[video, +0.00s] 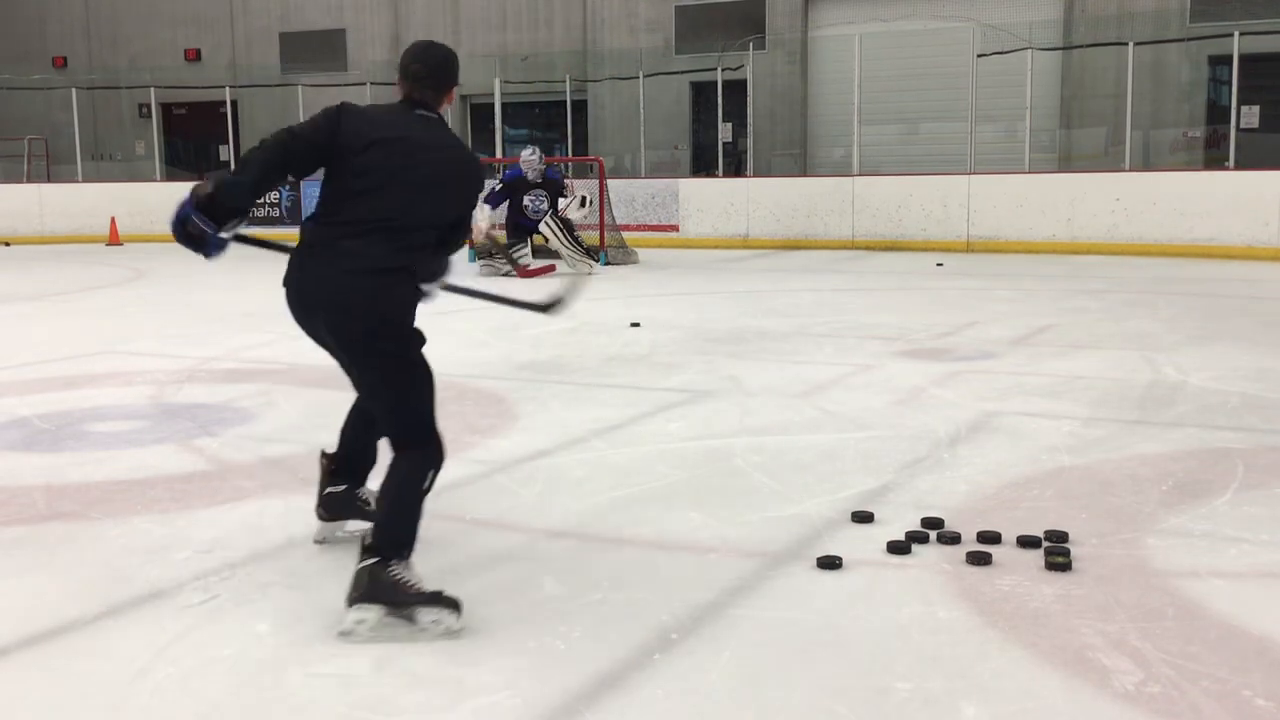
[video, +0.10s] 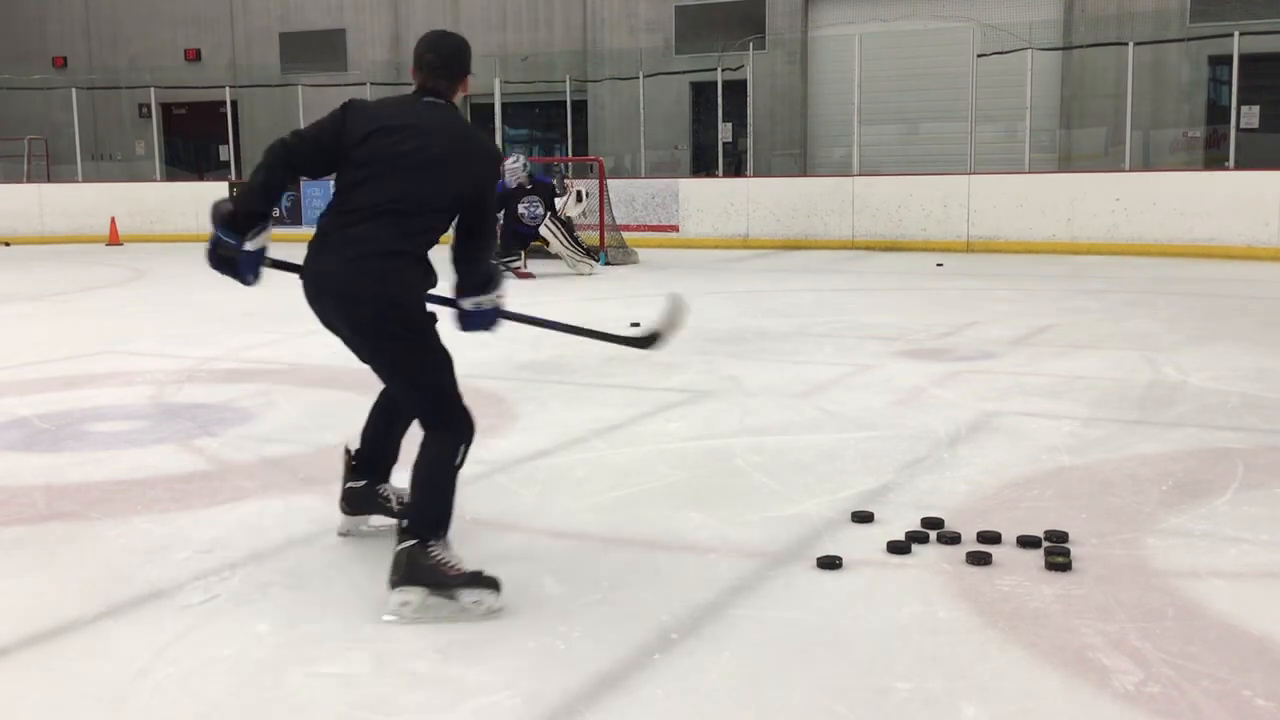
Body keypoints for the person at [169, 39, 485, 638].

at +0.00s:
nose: (448, 96)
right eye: (452, 89)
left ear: (398, 83)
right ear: (451, 93)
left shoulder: (350, 122)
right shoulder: (462, 164)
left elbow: (278, 153)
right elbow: (443, 248)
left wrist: (212, 208)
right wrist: (414, 275)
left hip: (307, 289)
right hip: (375, 309)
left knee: (384, 383)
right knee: (419, 448)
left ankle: (342, 490)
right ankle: (384, 566)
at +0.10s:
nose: (466, 85)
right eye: (468, 78)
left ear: (414, 75)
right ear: (465, 83)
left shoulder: (365, 117)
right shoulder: (475, 149)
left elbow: (284, 153)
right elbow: (475, 236)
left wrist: (240, 224)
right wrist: (477, 293)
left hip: (323, 281)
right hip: (384, 290)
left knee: (409, 378)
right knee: (450, 422)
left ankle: (365, 484)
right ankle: (422, 548)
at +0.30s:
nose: (508, 71)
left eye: (496, 61)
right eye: (510, 64)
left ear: (454, 61)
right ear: (504, 68)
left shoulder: (401, 107)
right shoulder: (506, 125)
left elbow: (328, 165)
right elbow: (529, 220)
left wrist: (322, 242)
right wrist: (562, 289)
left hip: (362, 265)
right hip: (420, 275)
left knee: (437, 376)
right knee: (489, 401)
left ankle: (393, 484)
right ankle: (470, 537)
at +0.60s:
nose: (589, 66)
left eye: (592, 54)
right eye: (591, 54)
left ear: (537, 40)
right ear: (574, 46)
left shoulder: (466, 81)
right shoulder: (569, 119)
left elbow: (387, 132)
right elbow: (579, 226)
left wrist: (385, 211)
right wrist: (613, 306)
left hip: (417, 257)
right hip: (487, 269)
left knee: (436, 375)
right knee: (551, 399)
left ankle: (400, 486)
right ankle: (554, 540)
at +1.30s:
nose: (573, 68)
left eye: (579, 58)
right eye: (577, 55)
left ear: (525, 30)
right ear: (556, 41)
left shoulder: (437, 50)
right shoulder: (551, 112)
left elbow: (339, 51)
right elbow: (540, 220)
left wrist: (372, 120)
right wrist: (534, 309)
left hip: (382, 245)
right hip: (467, 256)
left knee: (394, 392)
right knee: (519, 409)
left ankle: (358, 536)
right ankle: (544, 569)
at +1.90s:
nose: (492, 23)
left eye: (490, 17)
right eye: (494, 16)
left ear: (430, 5)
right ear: (485, 16)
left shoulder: (356, 34)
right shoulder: (481, 94)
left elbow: (253, 60)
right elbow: (476, 209)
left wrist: (299, 134)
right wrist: (489, 314)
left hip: (308, 247)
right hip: (391, 257)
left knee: (339, 403)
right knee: (437, 422)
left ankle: (304, 555)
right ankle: (440, 595)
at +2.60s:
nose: (441, 3)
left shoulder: (313, 51)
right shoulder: (443, 68)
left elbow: (255, 139)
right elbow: (460, 188)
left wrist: (315, 206)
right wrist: (521, 288)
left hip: (307, 283)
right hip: (395, 288)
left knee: (307, 422)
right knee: (455, 442)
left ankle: (248, 562)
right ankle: (487, 614)